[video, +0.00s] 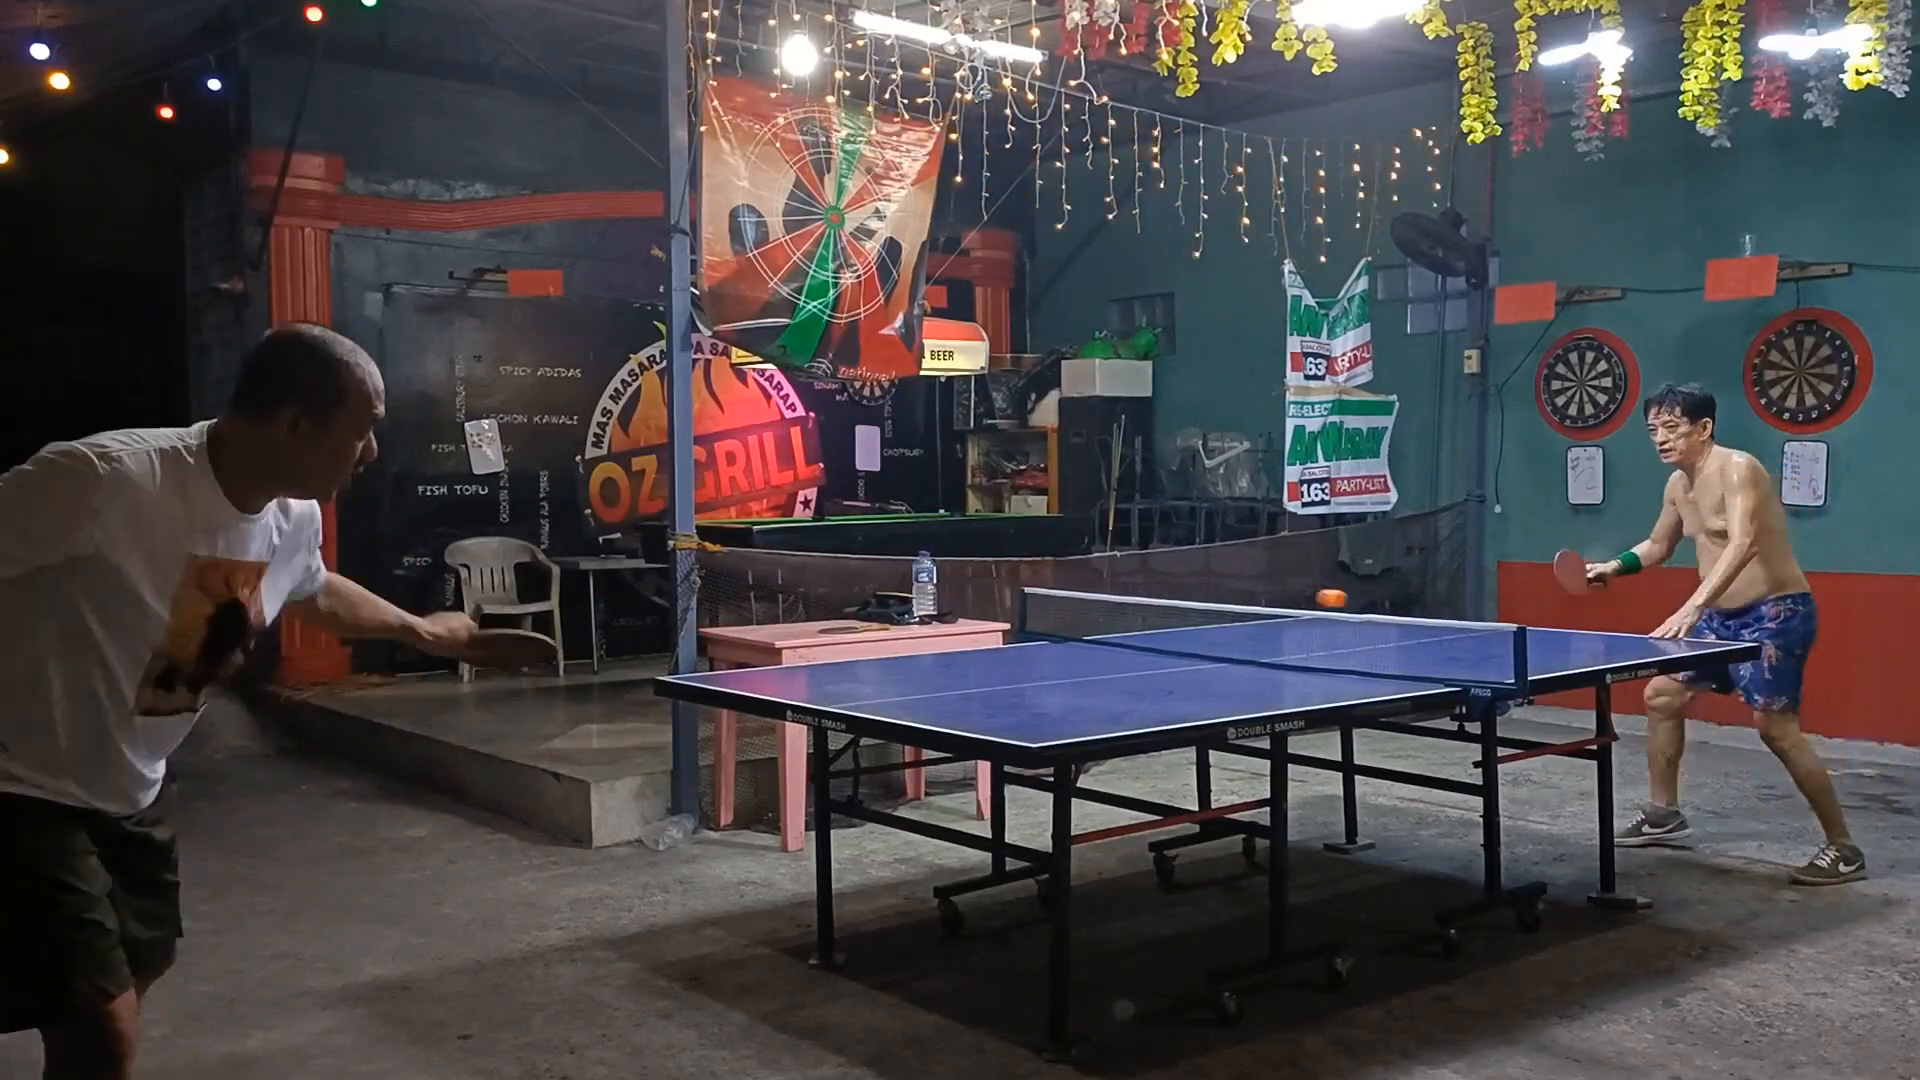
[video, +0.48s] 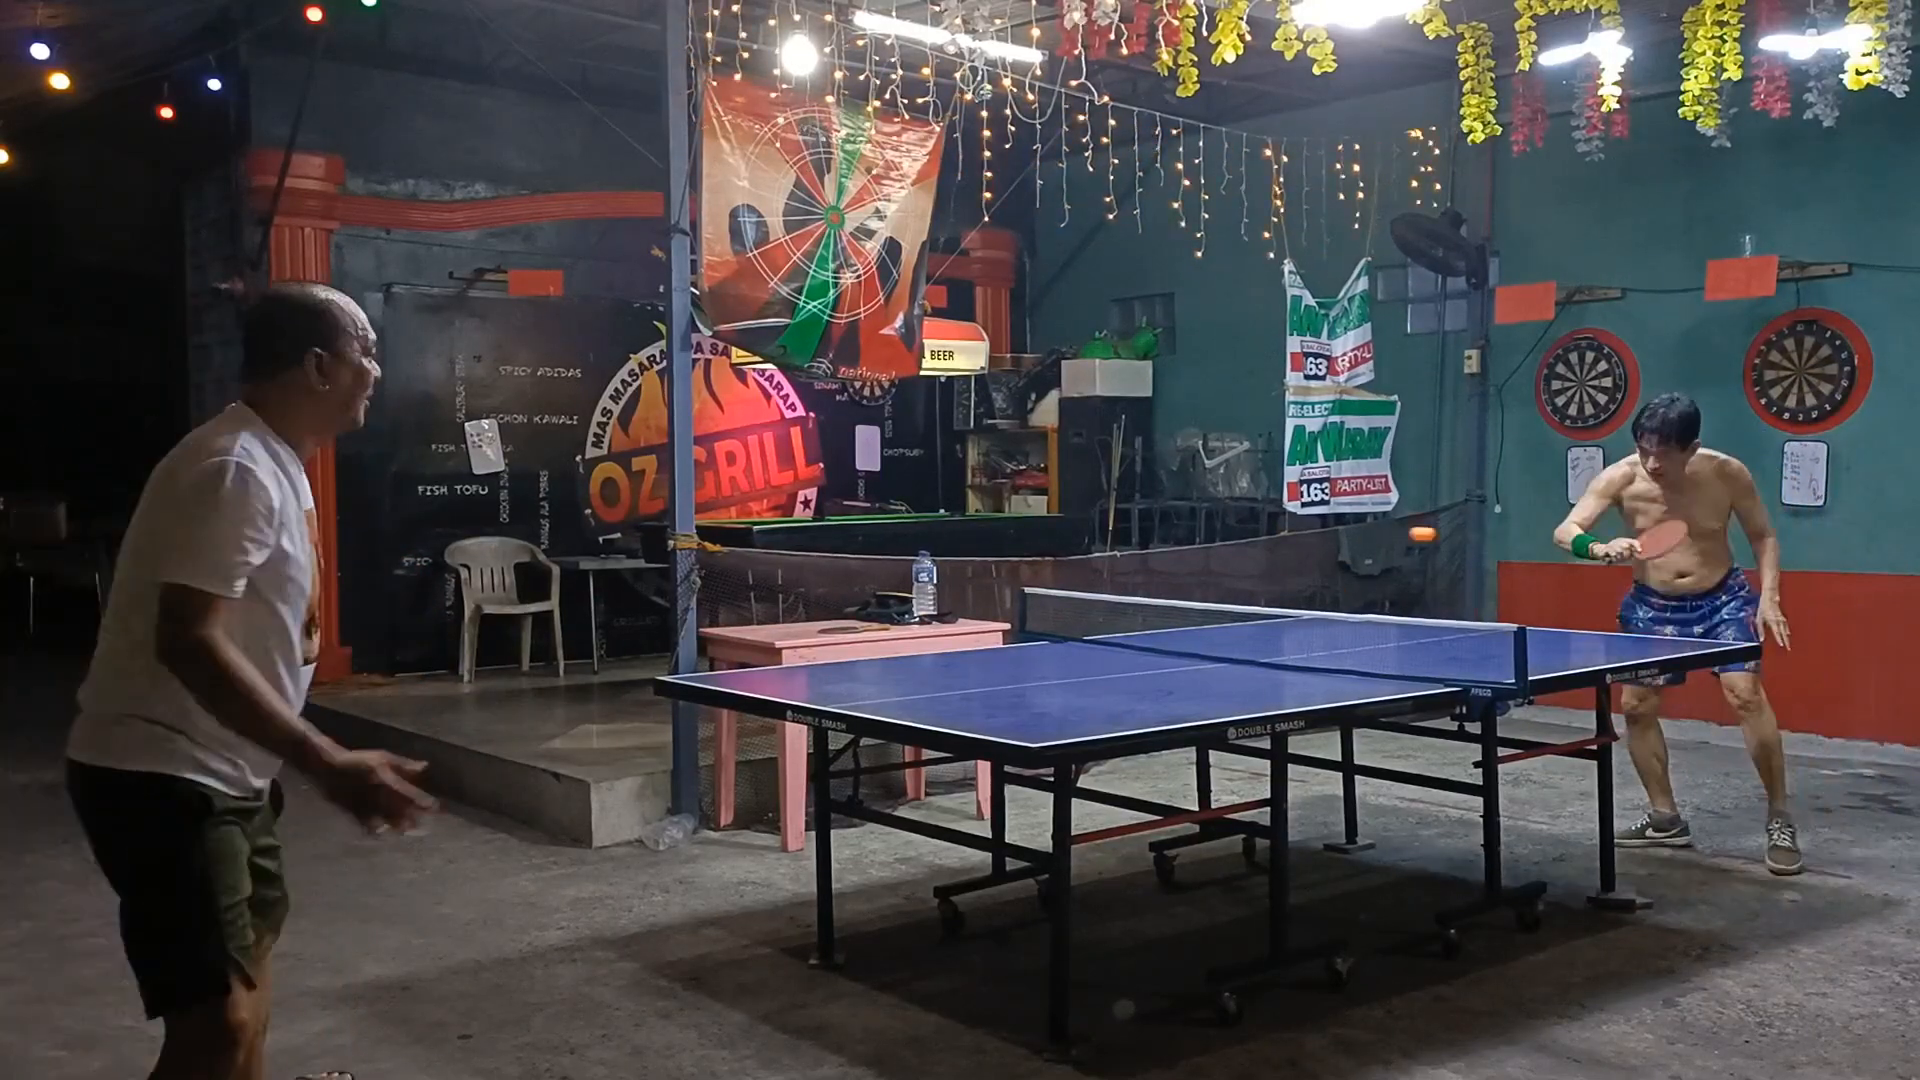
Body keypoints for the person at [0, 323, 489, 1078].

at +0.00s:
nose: (372, 453)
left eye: (374, 432)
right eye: (364, 431)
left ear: (299, 427)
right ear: (296, 425)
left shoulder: (293, 519)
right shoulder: (102, 482)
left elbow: (319, 592)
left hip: (133, 799)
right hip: (26, 792)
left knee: (114, 1022)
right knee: (100, 1036)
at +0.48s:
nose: (377, 374)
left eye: (375, 354)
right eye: (366, 354)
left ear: (305, 366)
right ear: (315, 365)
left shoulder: (273, 469)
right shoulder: (237, 466)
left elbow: (238, 654)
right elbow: (187, 637)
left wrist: (337, 773)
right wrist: (329, 761)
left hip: (223, 774)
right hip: (164, 775)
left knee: (245, 1016)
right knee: (218, 1027)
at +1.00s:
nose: (444, 461)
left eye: (442, 449)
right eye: (444, 449)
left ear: (368, 450)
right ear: (430, 446)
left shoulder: (312, 526)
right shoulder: (408, 501)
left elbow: (295, 639)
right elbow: (425, 587)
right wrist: (517, 681)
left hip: (268, 759)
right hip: (340, 756)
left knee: (356, 891)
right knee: (424, 952)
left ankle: (390, 1015)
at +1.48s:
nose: (428, 448)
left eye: (427, 436)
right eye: (425, 436)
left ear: (361, 436)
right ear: (397, 432)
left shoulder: (324, 492)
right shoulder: (394, 462)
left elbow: (336, 621)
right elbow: (390, 539)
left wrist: (408, 713)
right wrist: (454, 646)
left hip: (262, 665)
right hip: (322, 664)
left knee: (348, 829)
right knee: (400, 858)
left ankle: (333, 991)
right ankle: (333, 1061)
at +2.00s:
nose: (413, 365)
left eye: (410, 351)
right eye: (403, 351)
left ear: (346, 360)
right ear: (362, 358)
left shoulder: (305, 422)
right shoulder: (337, 418)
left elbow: (285, 559)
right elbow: (313, 543)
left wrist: (355, 668)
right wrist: (379, 654)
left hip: (273, 664)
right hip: (286, 667)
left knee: (356, 847)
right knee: (342, 869)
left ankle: (291, 1015)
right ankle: (287, 1067)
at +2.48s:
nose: (432, 489)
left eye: (434, 473)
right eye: (422, 472)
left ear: (369, 465)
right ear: (364, 463)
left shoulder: (379, 556)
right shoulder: (232, 508)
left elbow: (387, 684)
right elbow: (118, 603)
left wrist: (488, 684)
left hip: (276, 753)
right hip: (176, 750)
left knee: (324, 893)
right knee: (260, 922)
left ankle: (281, 1035)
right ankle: (241, 1069)